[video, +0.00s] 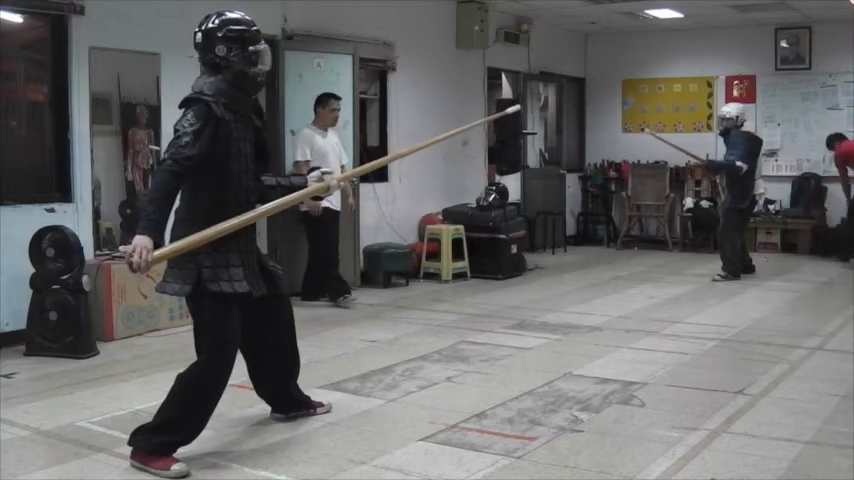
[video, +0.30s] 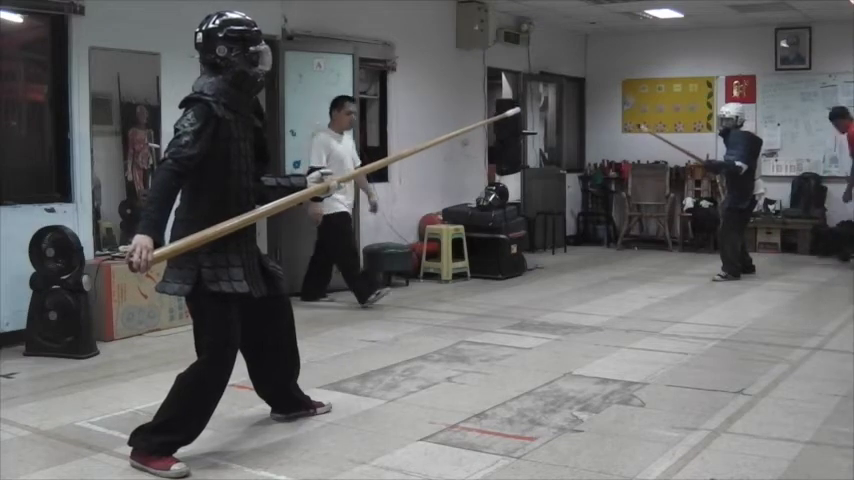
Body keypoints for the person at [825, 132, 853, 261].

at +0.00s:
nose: (834, 152)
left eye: (833, 149)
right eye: (832, 150)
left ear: (836, 143)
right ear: (842, 139)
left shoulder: (839, 153)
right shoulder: (850, 143)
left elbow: (845, 181)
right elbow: (845, 181)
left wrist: (848, 199)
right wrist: (848, 199)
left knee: (850, 221)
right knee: (849, 221)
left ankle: (846, 253)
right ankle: (846, 253)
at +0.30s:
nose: (836, 127)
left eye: (836, 123)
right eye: (834, 124)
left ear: (842, 120)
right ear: (846, 117)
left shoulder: (850, 134)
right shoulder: (849, 133)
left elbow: (852, 165)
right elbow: (852, 165)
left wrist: (849, 189)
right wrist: (849, 189)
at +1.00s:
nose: (853, 116)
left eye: (853, 112)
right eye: (853, 112)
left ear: (851, 113)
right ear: (851, 113)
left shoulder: (848, 135)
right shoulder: (847, 135)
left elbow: (842, 163)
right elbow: (842, 162)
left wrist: (839, 186)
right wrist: (839, 187)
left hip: (851, 187)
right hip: (852, 187)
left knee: (849, 224)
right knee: (849, 224)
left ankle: (850, 262)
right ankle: (850, 263)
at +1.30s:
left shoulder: (850, 141)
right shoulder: (851, 140)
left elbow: (847, 162)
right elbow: (847, 162)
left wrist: (847, 188)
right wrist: (847, 188)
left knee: (849, 227)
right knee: (849, 228)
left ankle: (849, 261)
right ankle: (849, 262)